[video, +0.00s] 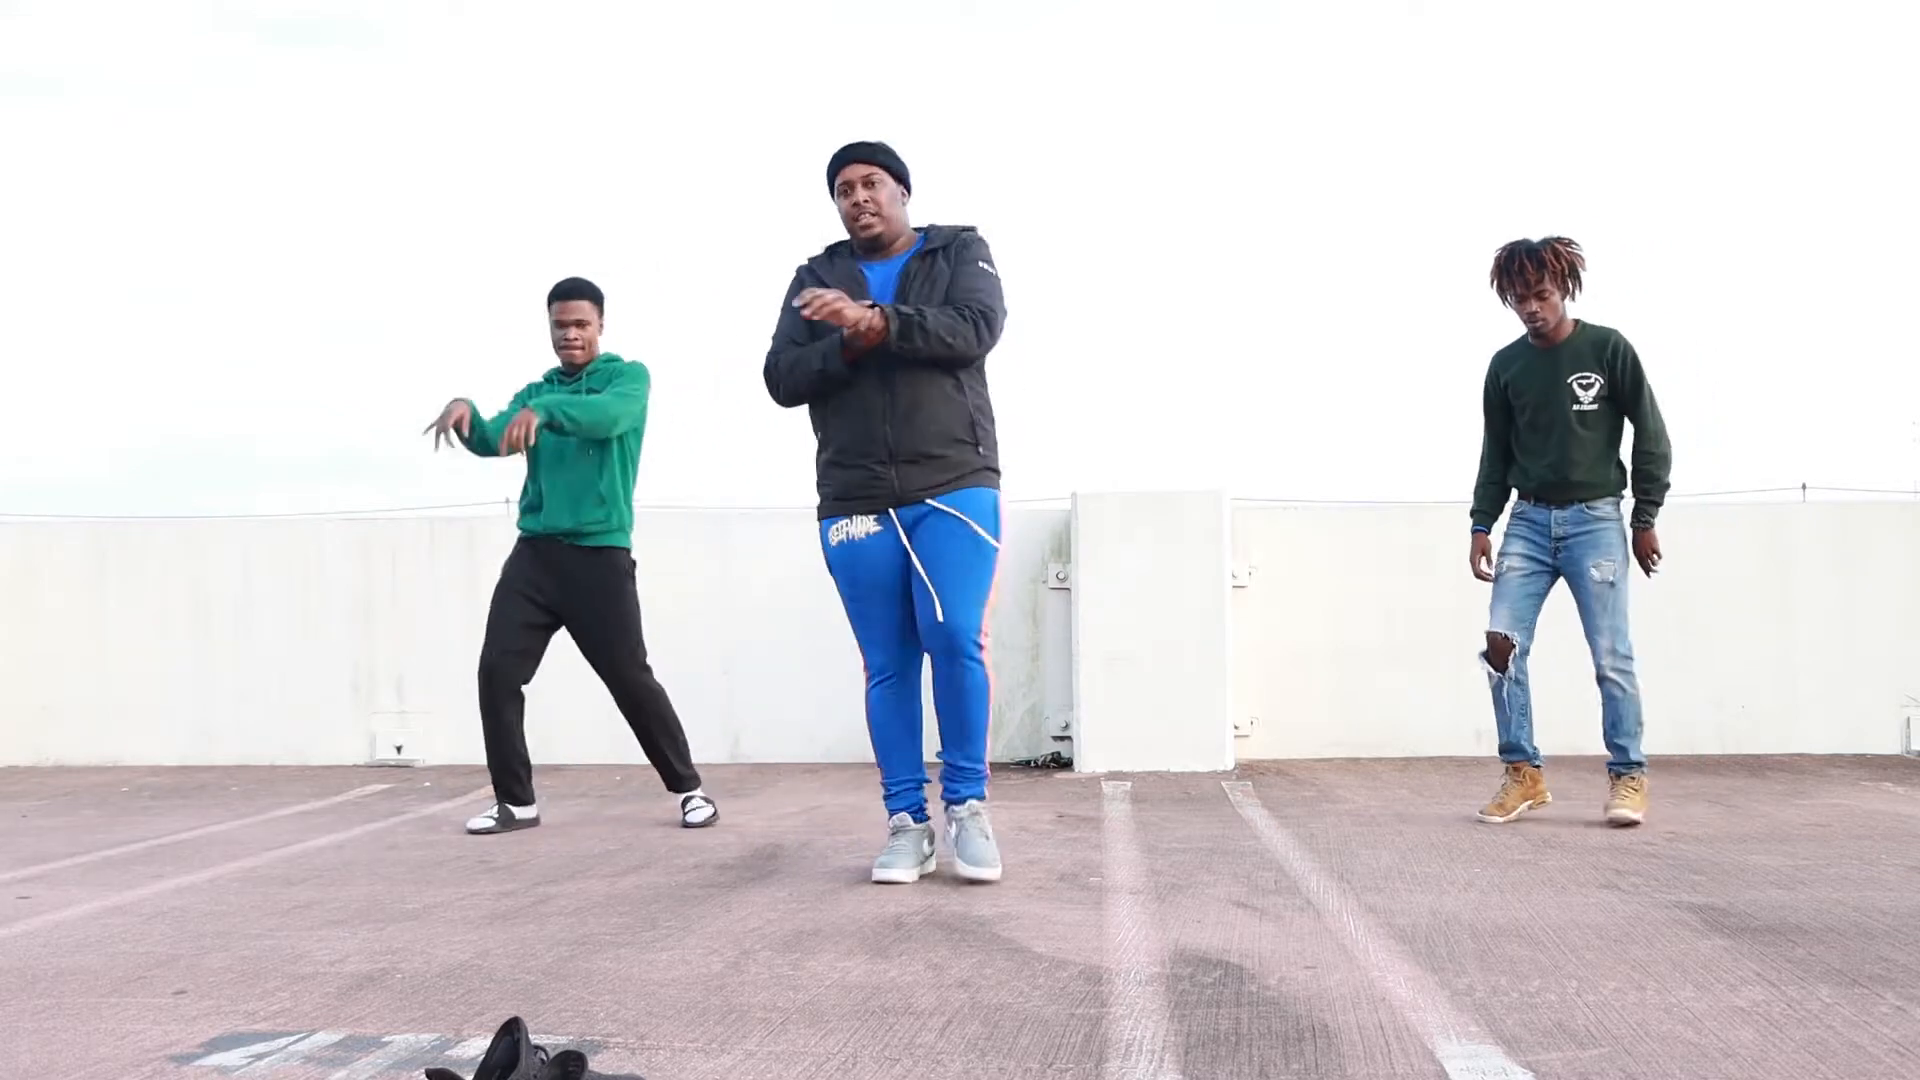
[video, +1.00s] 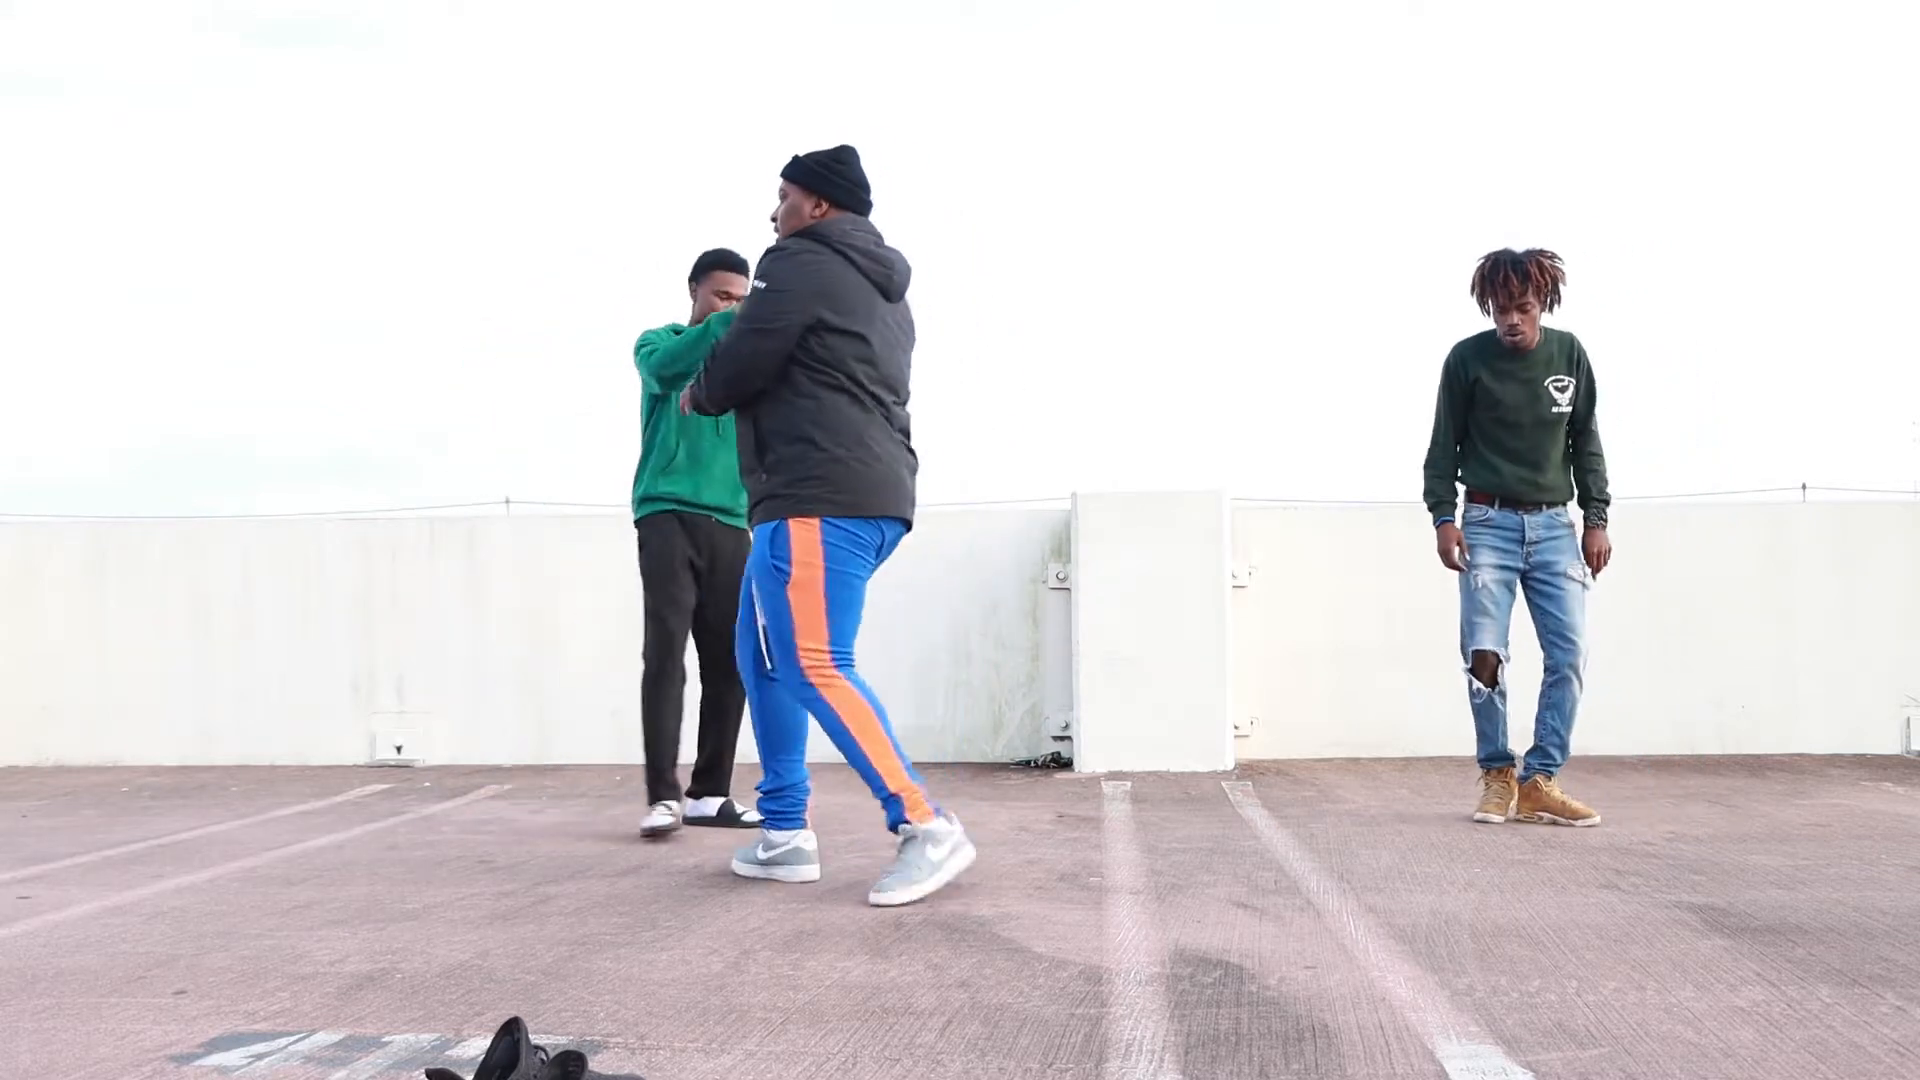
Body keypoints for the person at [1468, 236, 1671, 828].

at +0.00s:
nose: (1531, 308)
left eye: (1540, 294)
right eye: (1519, 300)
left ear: (1565, 287)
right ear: (1509, 301)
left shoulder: (1609, 348)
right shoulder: (1504, 366)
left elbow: (1651, 435)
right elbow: (1496, 456)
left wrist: (1644, 519)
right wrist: (1481, 526)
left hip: (1596, 520)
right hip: (1527, 524)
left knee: (1610, 655)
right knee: (1501, 646)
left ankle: (1627, 778)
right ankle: (1523, 774)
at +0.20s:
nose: (1507, 317)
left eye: (1517, 304)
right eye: (1496, 308)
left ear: (1542, 297)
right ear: (1486, 309)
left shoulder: (1586, 357)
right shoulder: (1484, 374)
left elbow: (1638, 432)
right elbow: (1478, 464)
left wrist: (1605, 502)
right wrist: (1463, 535)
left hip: (1571, 528)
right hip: (1505, 530)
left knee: (1585, 659)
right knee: (1490, 654)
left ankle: (1625, 782)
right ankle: (1499, 778)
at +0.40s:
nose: (1498, 318)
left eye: (1508, 304)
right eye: (1487, 308)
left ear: (1534, 299)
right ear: (1478, 309)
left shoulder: (1575, 359)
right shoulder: (1468, 372)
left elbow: (1614, 434)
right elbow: (1457, 459)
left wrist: (1589, 487)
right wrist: (1448, 534)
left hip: (1558, 526)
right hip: (1492, 529)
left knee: (1571, 641)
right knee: (1483, 655)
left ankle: (1585, 765)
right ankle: (1499, 778)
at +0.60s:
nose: (1502, 314)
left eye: (1513, 302)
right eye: (1492, 303)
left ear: (1538, 299)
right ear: (1482, 306)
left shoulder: (1576, 361)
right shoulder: (1467, 370)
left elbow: (1600, 434)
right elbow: (1451, 456)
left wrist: (1587, 481)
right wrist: (1440, 534)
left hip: (1558, 528)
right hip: (1488, 528)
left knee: (1581, 641)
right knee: (1483, 654)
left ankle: (1549, 772)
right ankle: (1500, 779)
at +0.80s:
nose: (1507, 314)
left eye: (1517, 302)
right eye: (1498, 303)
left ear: (1543, 296)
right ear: (1487, 301)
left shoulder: (1572, 354)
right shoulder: (1468, 360)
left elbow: (1591, 433)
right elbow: (1448, 447)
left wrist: (1592, 497)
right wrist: (1443, 526)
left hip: (1558, 523)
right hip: (1490, 521)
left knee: (1573, 649)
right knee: (1492, 652)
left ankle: (1540, 777)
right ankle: (1499, 778)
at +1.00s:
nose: (1510, 321)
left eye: (1520, 309)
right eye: (1500, 310)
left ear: (1542, 304)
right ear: (1488, 307)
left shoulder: (1567, 352)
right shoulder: (1466, 359)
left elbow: (1585, 439)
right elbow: (1442, 446)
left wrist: (1595, 519)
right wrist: (1443, 518)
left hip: (1556, 526)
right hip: (1486, 524)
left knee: (1568, 656)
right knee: (1484, 657)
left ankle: (1538, 781)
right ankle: (1497, 777)